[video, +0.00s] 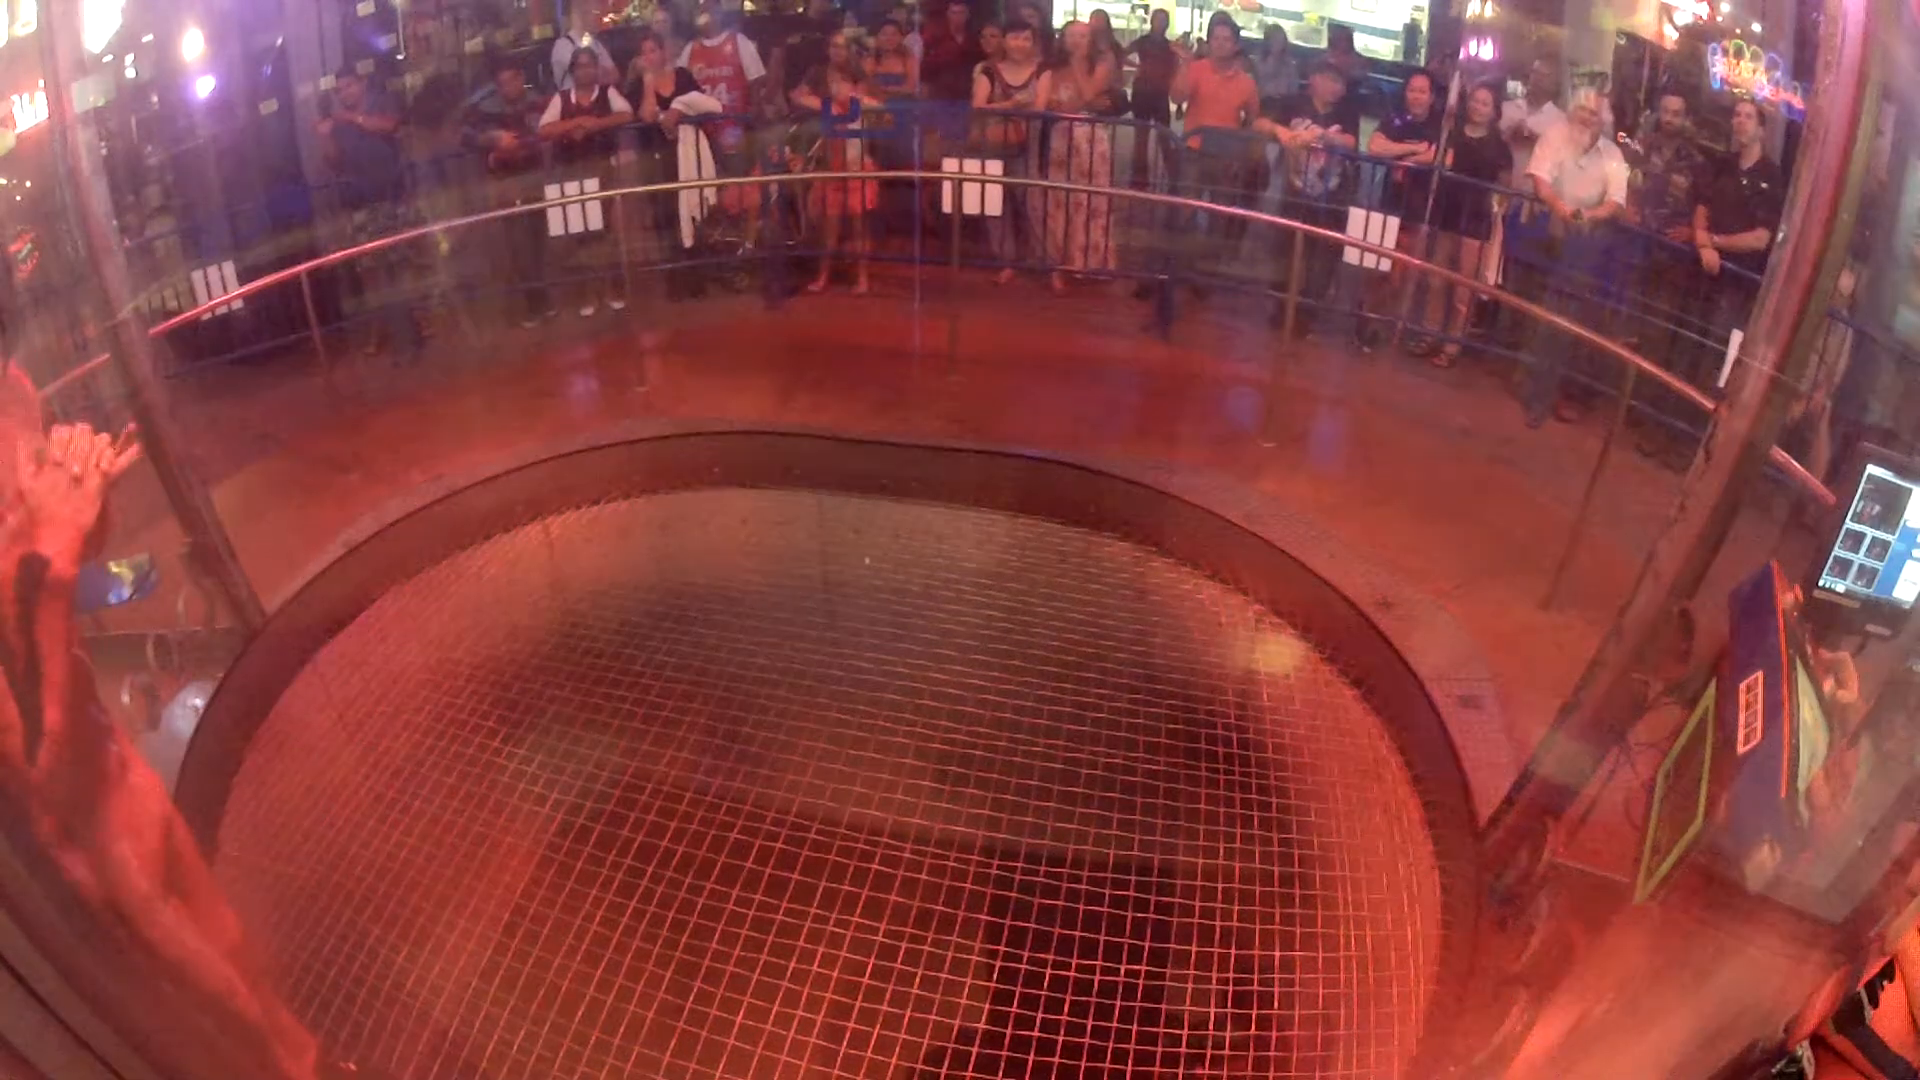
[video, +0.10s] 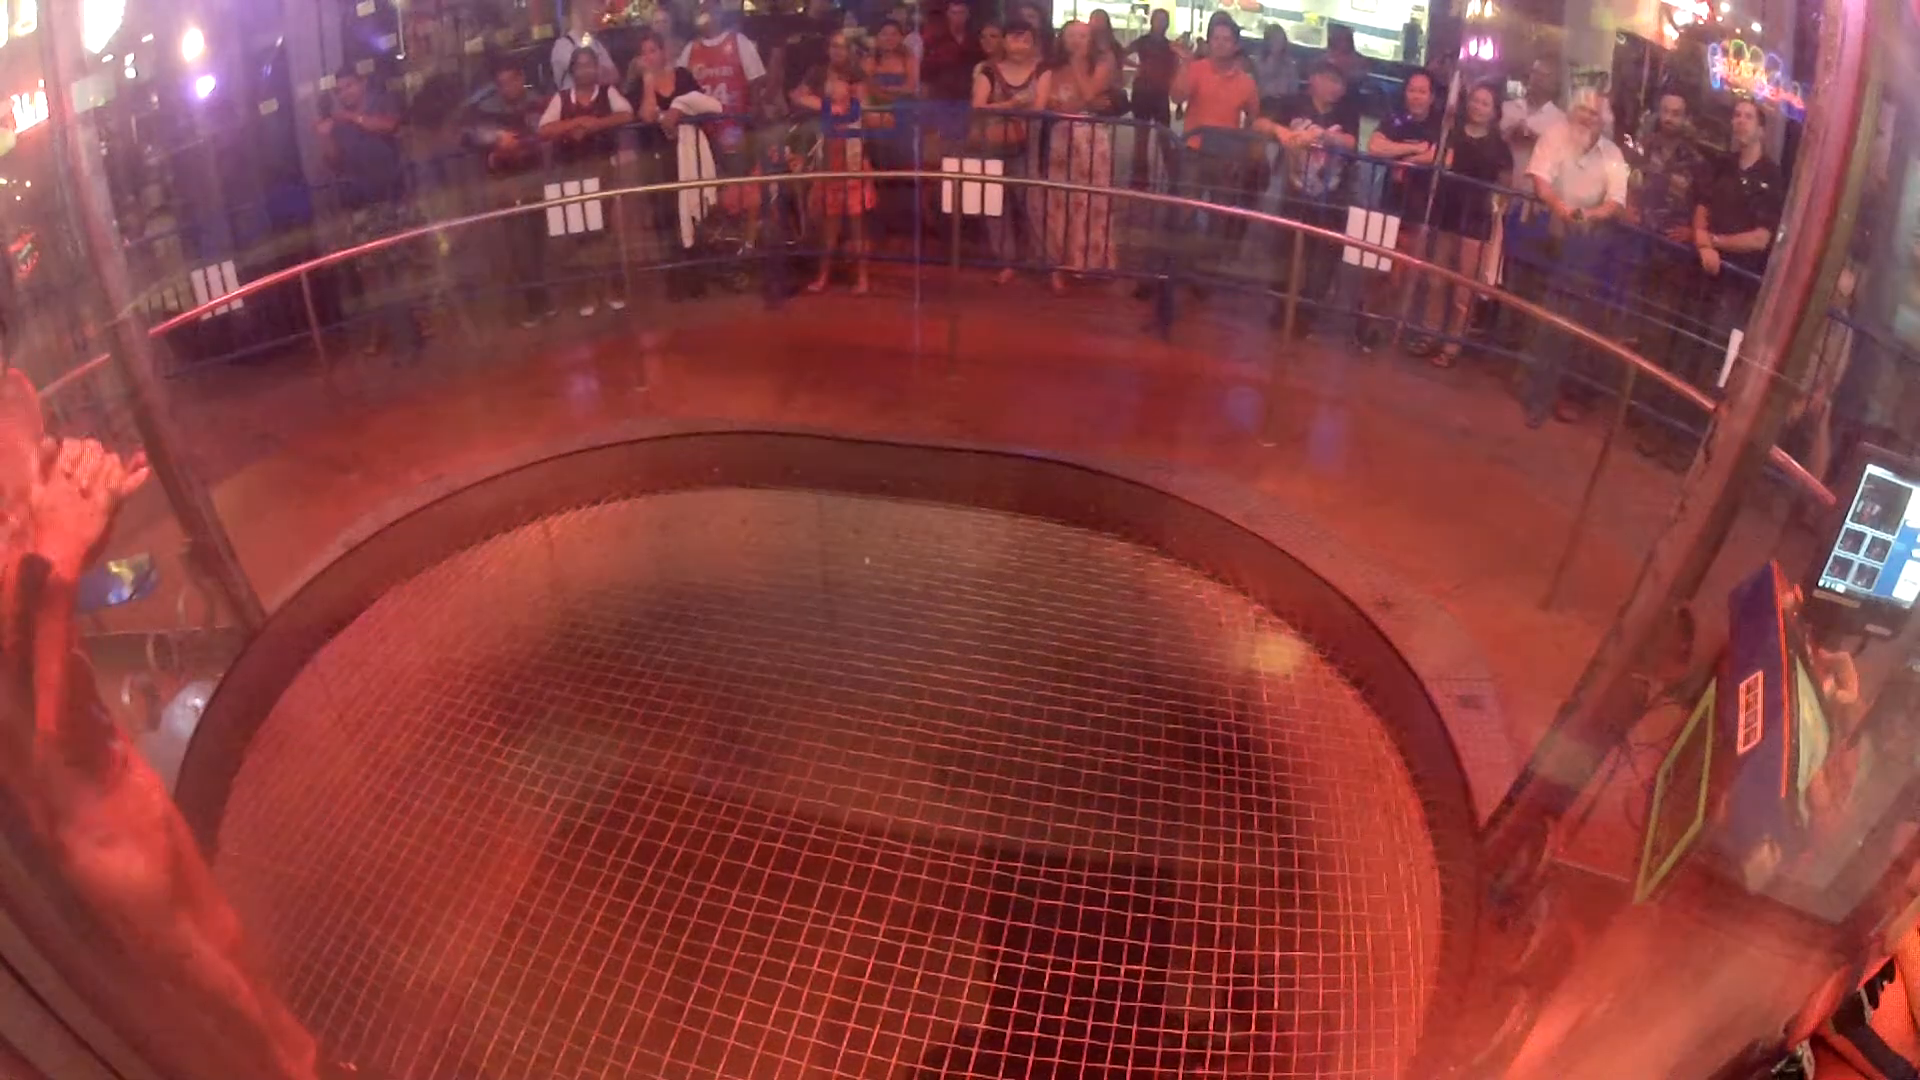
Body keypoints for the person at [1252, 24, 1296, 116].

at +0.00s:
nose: (1279, 43)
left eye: (1282, 39)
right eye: (1275, 39)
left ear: (1285, 41)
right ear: (1268, 41)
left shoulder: (1291, 64)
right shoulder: (1255, 61)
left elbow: (1294, 88)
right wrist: (1275, 55)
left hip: (1285, 102)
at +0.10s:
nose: (1279, 43)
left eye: (1281, 39)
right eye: (1275, 39)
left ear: (1285, 41)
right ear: (1268, 41)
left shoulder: (1291, 64)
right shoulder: (1255, 62)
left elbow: (1294, 88)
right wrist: (1275, 56)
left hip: (1286, 102)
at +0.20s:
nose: (1279, 43)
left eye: (1281, 39)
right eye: (1275, 40)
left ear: (1285, 41)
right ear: (1269, 42)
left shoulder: (1292, 63)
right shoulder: (1261, 62)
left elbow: (1295, 84)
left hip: (1288, 100)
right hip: (1268, 100)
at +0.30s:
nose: (1279, 43)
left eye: (1281, 39)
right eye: (1276, 40)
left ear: (1286, 41)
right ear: (1270, 41)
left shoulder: (1292, 62)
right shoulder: (1262, 61)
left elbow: (1296, 82)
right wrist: (1277, 56)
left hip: (1288, 98)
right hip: (1269, 99)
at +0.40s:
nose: (1280, 44)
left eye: (1282, 40)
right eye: (1276, 41)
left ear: (1287, 42)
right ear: (1270, 43)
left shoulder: (1294, 61)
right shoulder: (1264, 63)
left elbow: (1298, 82)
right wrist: (1277, 59)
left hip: (1292, 100)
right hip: (1271, 100)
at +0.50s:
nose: (1281, 44)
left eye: (1283, 41)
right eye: (1278, 41)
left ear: (1288, 42)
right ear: (1273, 42)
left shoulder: (1294, 61)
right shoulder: (1267, 59)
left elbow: (1294, 82)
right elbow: (1270, 73)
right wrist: (1281, 56)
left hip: (1291, 98)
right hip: (1271, 100)